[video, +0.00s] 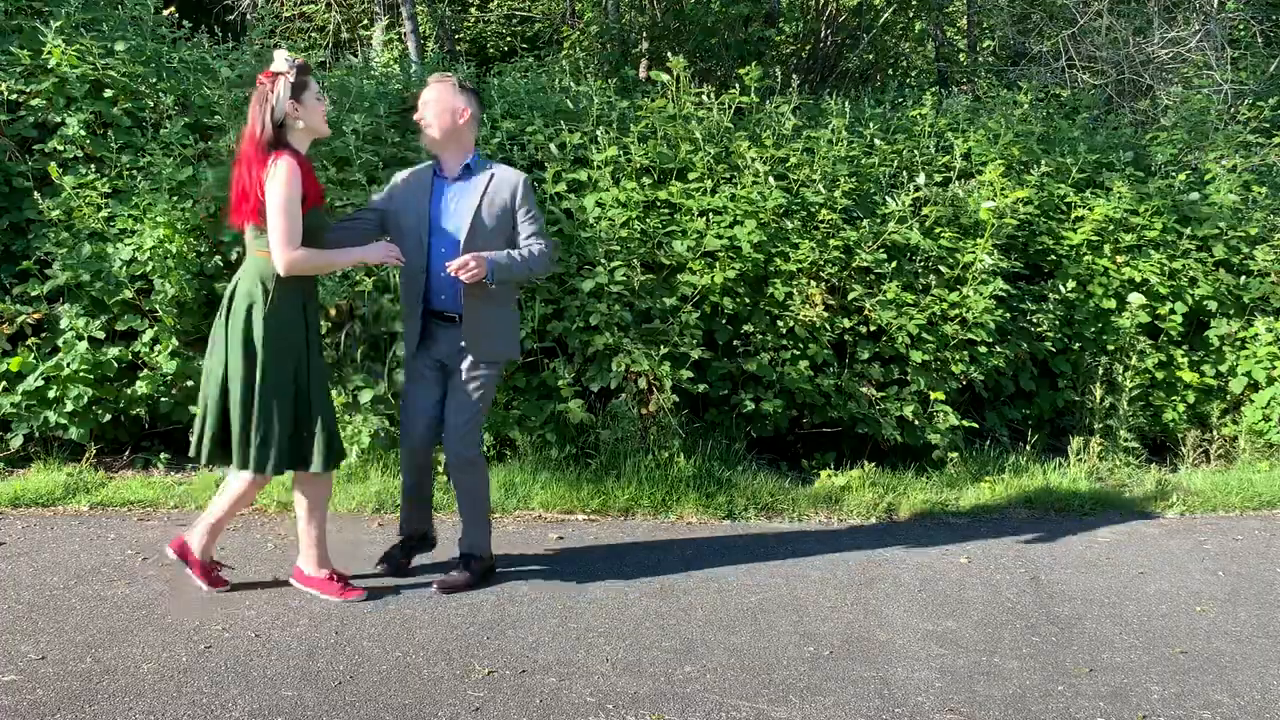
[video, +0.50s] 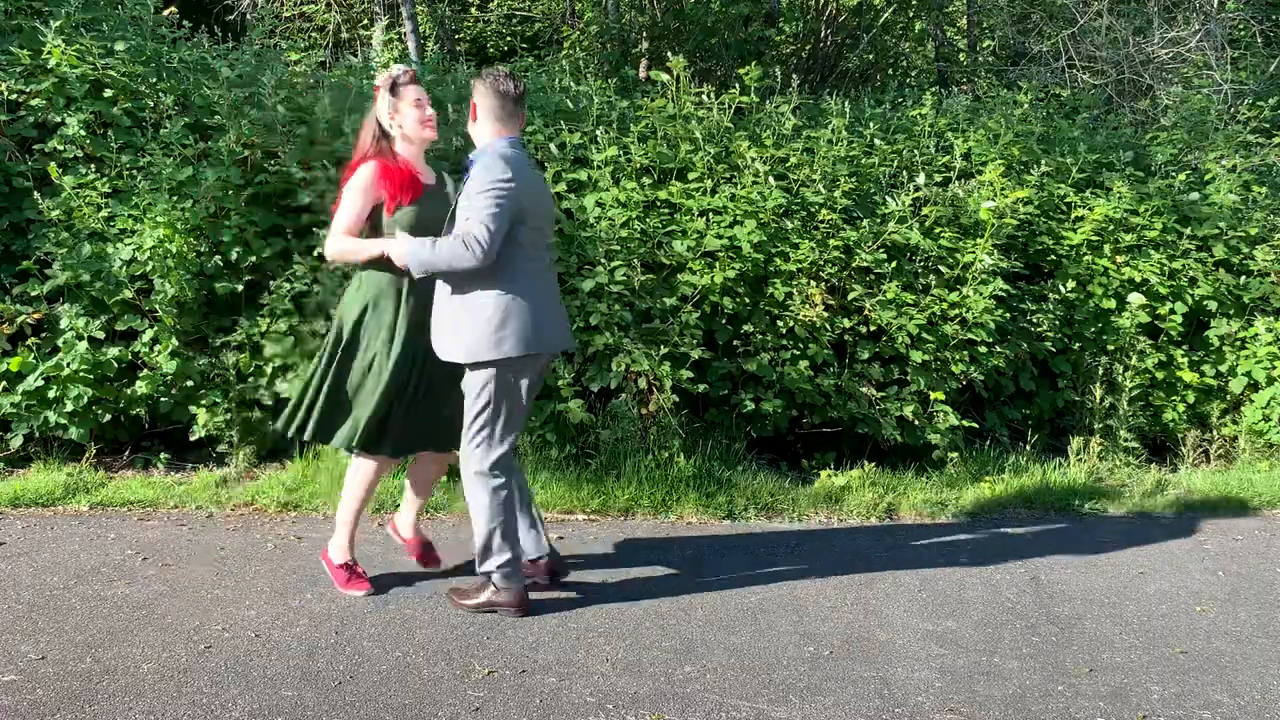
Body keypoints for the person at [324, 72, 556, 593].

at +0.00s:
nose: (416, 117)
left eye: (425, 107)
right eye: (417, 109)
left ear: (463, 114)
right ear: (445, 118)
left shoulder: (509, 184)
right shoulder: (407, 185)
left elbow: (540, 254)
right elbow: (349, 231)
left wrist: (492, 263)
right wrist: (291, 234)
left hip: (481, 335)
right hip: (425, 331)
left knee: (460, 442)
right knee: (415, 437)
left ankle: (476, 556)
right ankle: (415, 534)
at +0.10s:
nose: (423, 120)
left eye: (432, 110)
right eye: (426, 112)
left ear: (465, 116)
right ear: (461, 118)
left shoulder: (516, 183)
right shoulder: (420, 188)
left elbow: (546, 253)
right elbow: (364, 233)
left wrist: (485, 259)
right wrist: (300, 233)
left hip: (492, 335)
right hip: (440, 335)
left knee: (448, 435)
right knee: (428, 440)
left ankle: (480, 547)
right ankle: (469, 534)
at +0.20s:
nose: (431, 127)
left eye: (439, 118)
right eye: (434, 118)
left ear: (466, 126)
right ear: (470, 128)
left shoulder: (516, 188)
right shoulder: (439, 200)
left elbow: (542, 261)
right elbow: (396, 245)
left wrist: (468, 265)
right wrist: (334, 249)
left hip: (494, 344)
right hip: (452, 343)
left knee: (447, 443)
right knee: (442, 445)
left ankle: (498, 563)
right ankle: (472, 540)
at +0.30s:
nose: (442, 131)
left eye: (448, 122)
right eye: (445, 122)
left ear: (470, 126)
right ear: (481, 129)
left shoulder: (514, 186)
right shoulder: (469, 192)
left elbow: (524, 263)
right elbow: (465, 253)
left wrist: (441, 264)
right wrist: (417, 254)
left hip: (503, 352)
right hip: (474, 349)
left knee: (464, 459)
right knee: (452, 452)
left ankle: (505, 584)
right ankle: (478, 543)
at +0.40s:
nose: (455, 122)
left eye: (458, 112)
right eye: (460, 112)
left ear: (469, 114)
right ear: (506, 120)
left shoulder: (504, 176)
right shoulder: (488, 174)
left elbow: (499, 251)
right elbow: (477, 249)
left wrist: (420, 255)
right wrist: (419, 253)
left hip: (509, 344)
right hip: (492, 343)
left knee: (480, 455)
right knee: (473, 449)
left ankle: (506, 582)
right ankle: (487, 548)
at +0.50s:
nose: (461, 118)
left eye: (463, 111)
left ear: (473, 114)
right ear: (521, 117)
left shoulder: (493, 167)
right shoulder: (527, 171)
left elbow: (475, 247)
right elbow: (495, 246)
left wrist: (406, 251)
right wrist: (423, 249)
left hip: (499, 339)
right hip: (531, 335)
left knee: (484, 458)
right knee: (492, 451)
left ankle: (505, 581)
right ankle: (533, 558)